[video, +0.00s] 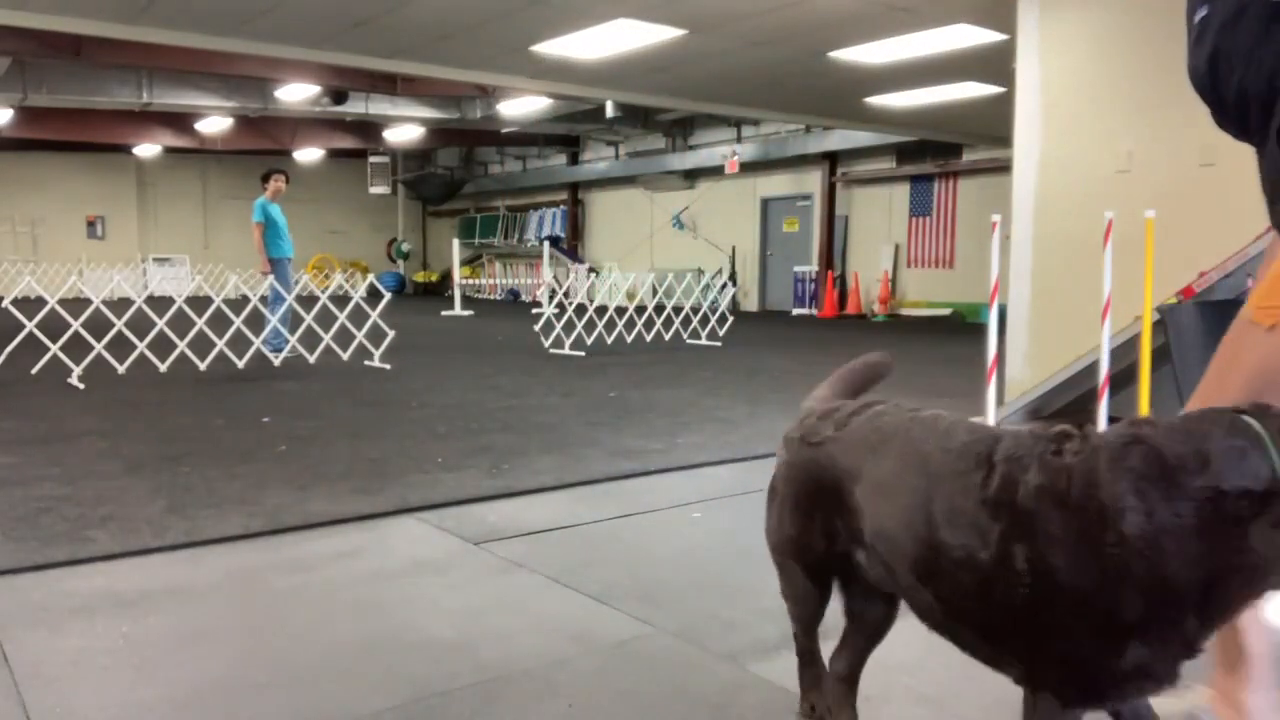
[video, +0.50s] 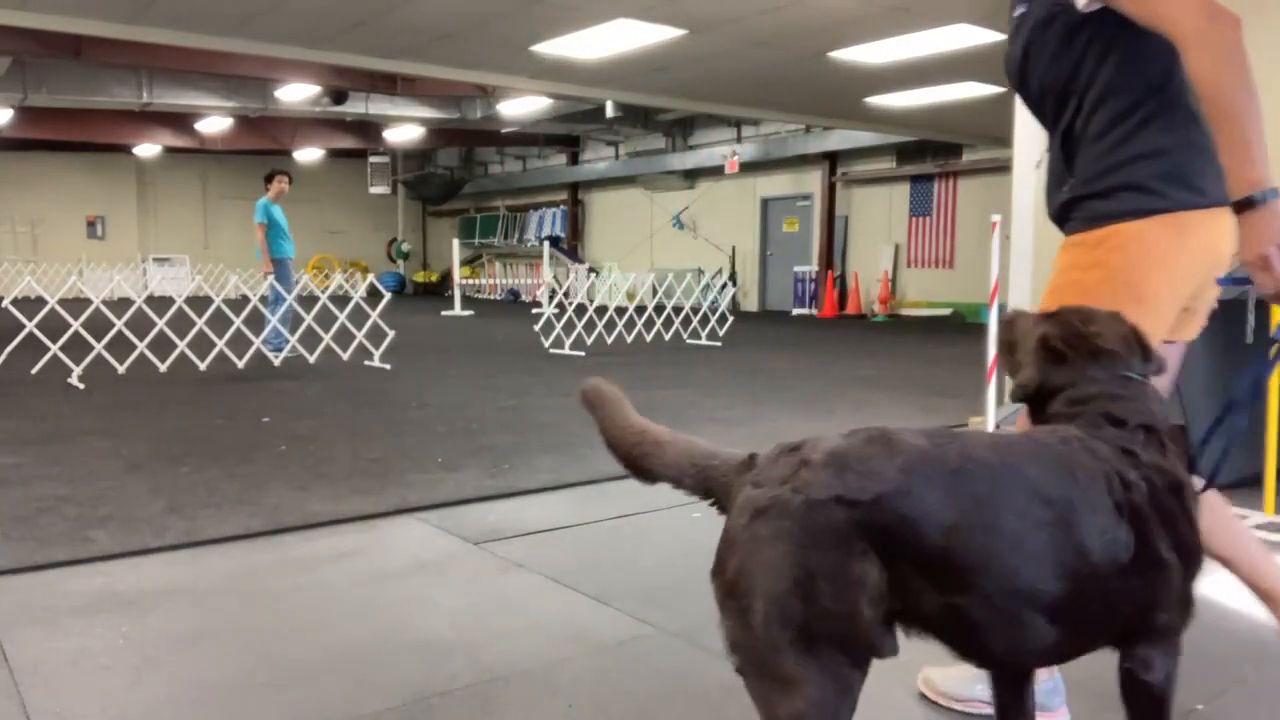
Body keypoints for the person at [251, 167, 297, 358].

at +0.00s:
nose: (280, 185)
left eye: (283, 182)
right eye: (276, 181)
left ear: (286, 186)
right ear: (267, 184)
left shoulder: (276, 206)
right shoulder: (260, 204)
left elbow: (280, 232)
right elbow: (258, 233)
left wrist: (287, 256)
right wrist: (264, 261)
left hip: (285, 256)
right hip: (276, 257)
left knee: (278, 299)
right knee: (283, 298)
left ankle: (275, 341)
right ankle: (276, 343)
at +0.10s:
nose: (281, 185)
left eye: (284, 182)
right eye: (277, 181)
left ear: (286, 187)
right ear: (267, 184)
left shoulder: (276, 206)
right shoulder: (261, 204)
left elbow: (279, 233)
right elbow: (259, 234)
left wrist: (287, 256)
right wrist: (265, 261)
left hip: (285, 257)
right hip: (276, 257)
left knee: (277, 299)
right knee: (284, 298)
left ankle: (274, 341)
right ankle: (276, 342)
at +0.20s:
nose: (282, 186)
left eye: (285, 183)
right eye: (278, 181)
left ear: (287, 187)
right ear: (268, 184)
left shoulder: (276, 207)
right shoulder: (262, 204)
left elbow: (280, 233)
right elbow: (259, 233)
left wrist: (287, 257)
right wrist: (266, 261)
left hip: (286, 257)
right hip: (277, 258)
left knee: (279, 300)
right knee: (283, 299)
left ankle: (276, 341)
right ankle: (275, 342)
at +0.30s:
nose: (283, 187)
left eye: (286, 183)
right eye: (279, 182)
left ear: (288, 187)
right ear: (269, 185)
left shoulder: (276, 207)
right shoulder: (262, 204)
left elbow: (279, 233)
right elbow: (259, 233)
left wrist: (286, 257)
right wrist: (266, 261)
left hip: (286, 257)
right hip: (277, 258)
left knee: (279, 300)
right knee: (283, 300)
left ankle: (276, 341)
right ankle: (275, 343)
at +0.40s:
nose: (284, 186)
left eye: (286, 183)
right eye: (280, 182)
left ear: (288, 187)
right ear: (270, 184)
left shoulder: (276, 206)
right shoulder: (262, 205)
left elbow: (279, 233)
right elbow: (260, 234)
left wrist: (287, 256)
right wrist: (266, 261)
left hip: (285, 257)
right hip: (278, 258)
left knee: (277, 300)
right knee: (285, 299)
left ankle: (273, 340)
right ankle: (276, 342)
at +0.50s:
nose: (284, 186)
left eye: (287, 183)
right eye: (280, 182)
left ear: (288, 187)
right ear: (270, 184)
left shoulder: (277, 206)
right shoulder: (263, 204)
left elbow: (280, 233)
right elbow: (261, 234)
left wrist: (287, 256)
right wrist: (267, 262)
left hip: (285, 257)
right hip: (277, 258)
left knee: (276, 299)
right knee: (286, 299)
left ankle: (272, 340)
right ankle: (277, 342)